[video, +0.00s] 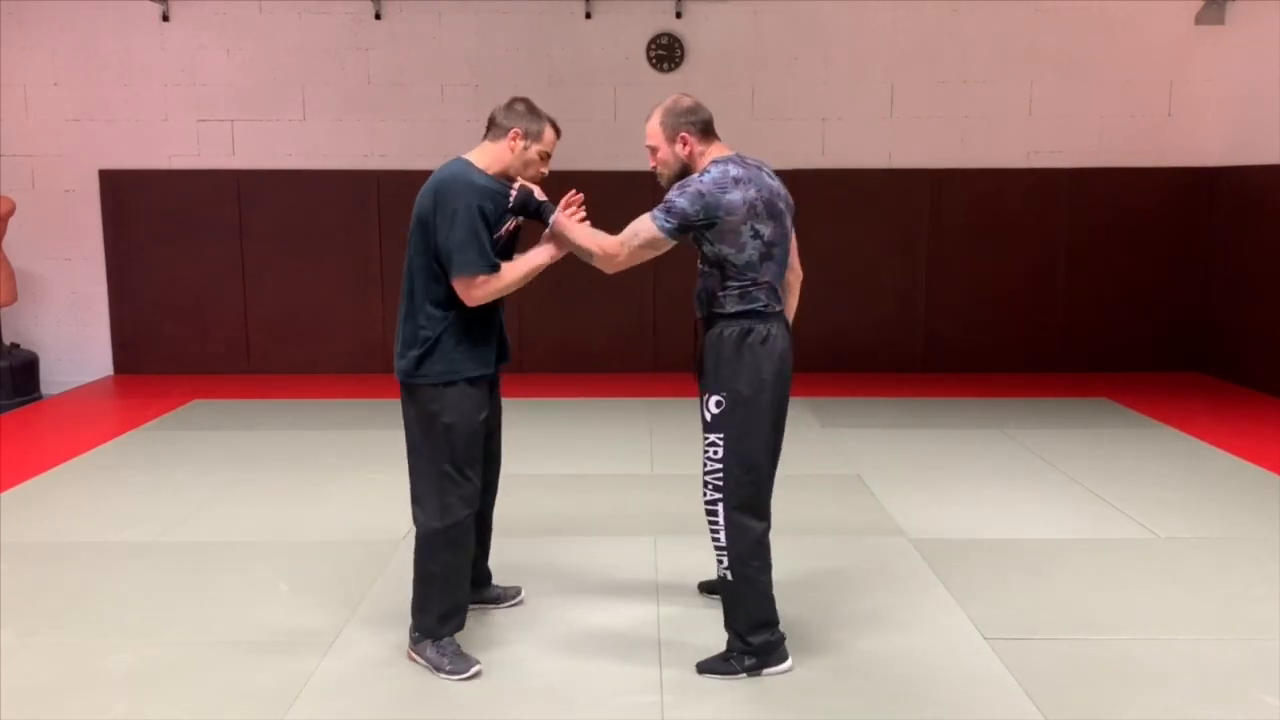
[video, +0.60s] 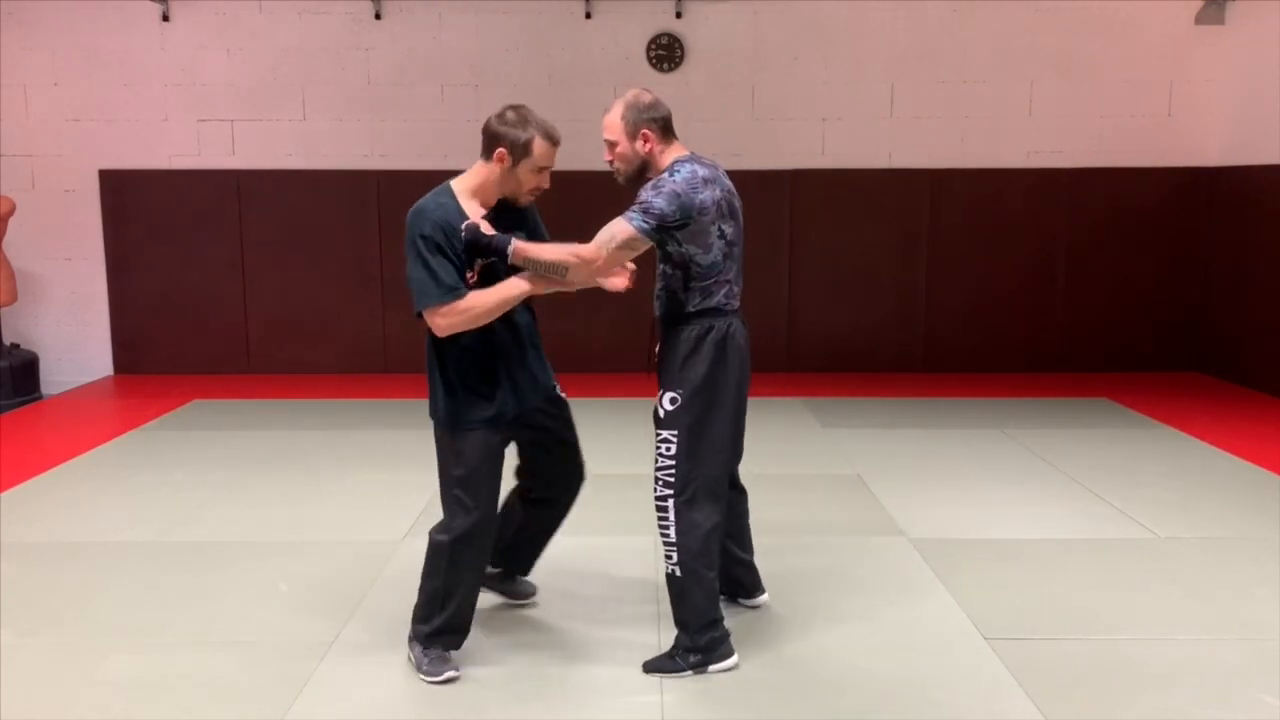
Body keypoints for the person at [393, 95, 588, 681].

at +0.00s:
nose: (539, 171)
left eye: (543, 162)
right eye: (540, 158)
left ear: (511, 139)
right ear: (515, 140)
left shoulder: (489, 190)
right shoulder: (459, 190)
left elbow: (496, 262)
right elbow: (473, 289)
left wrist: (542, 224)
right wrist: (546, 253)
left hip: (474, 367)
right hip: (442, 373)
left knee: (477, 486)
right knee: (448, 502)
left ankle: (471, 583)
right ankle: (431, 633)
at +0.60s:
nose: (547, 183)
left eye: (550, 171)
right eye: (541, 171)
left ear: (508, 162)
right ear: (502, 159)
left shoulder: (515, 211)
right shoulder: (431, 219)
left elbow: (539, 277)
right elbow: (442, 318)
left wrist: (596, 273)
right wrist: (528, 280)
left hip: (526, 379)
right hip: (467, 394)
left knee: (559, 473)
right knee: (467, 520)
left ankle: (500, 562)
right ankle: (432, 638)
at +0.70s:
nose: (556, 189)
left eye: (560, 177)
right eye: (548, 176)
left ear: (525, 167)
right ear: (510, 164)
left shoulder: (543, 211)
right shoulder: (443, 220)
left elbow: (566, 280)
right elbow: (423, 317)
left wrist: (620, 277)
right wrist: (519, 306)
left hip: (544, 374)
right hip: (478, 389)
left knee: (596, 466)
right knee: (467, 521)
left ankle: (563, 574)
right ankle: (432, 640)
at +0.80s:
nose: (583, 194)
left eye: (588, 182)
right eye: (574, 181)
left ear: (587, 174)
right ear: (537, 164)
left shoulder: (575, 211)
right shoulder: (469, 217)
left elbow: (606, 288)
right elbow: (426, 306)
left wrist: (646, 254)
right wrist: (509, 324)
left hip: (566, 378)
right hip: (493, 393)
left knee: (620, 473)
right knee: (470, 519)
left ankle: (648, 584)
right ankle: (432, 640)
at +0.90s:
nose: (618, 201)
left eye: (628, 189)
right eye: (610, 186)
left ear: (637, 181)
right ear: (582, 163)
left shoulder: (619, 225)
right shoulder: (518, 209)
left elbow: (633, 303)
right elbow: (461, 285)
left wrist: (655, 261)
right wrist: (514, 332)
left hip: (594, 386)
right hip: (519, 391)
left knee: (652, 489)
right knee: (480, 512)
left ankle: (698, 596)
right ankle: (436, 635)